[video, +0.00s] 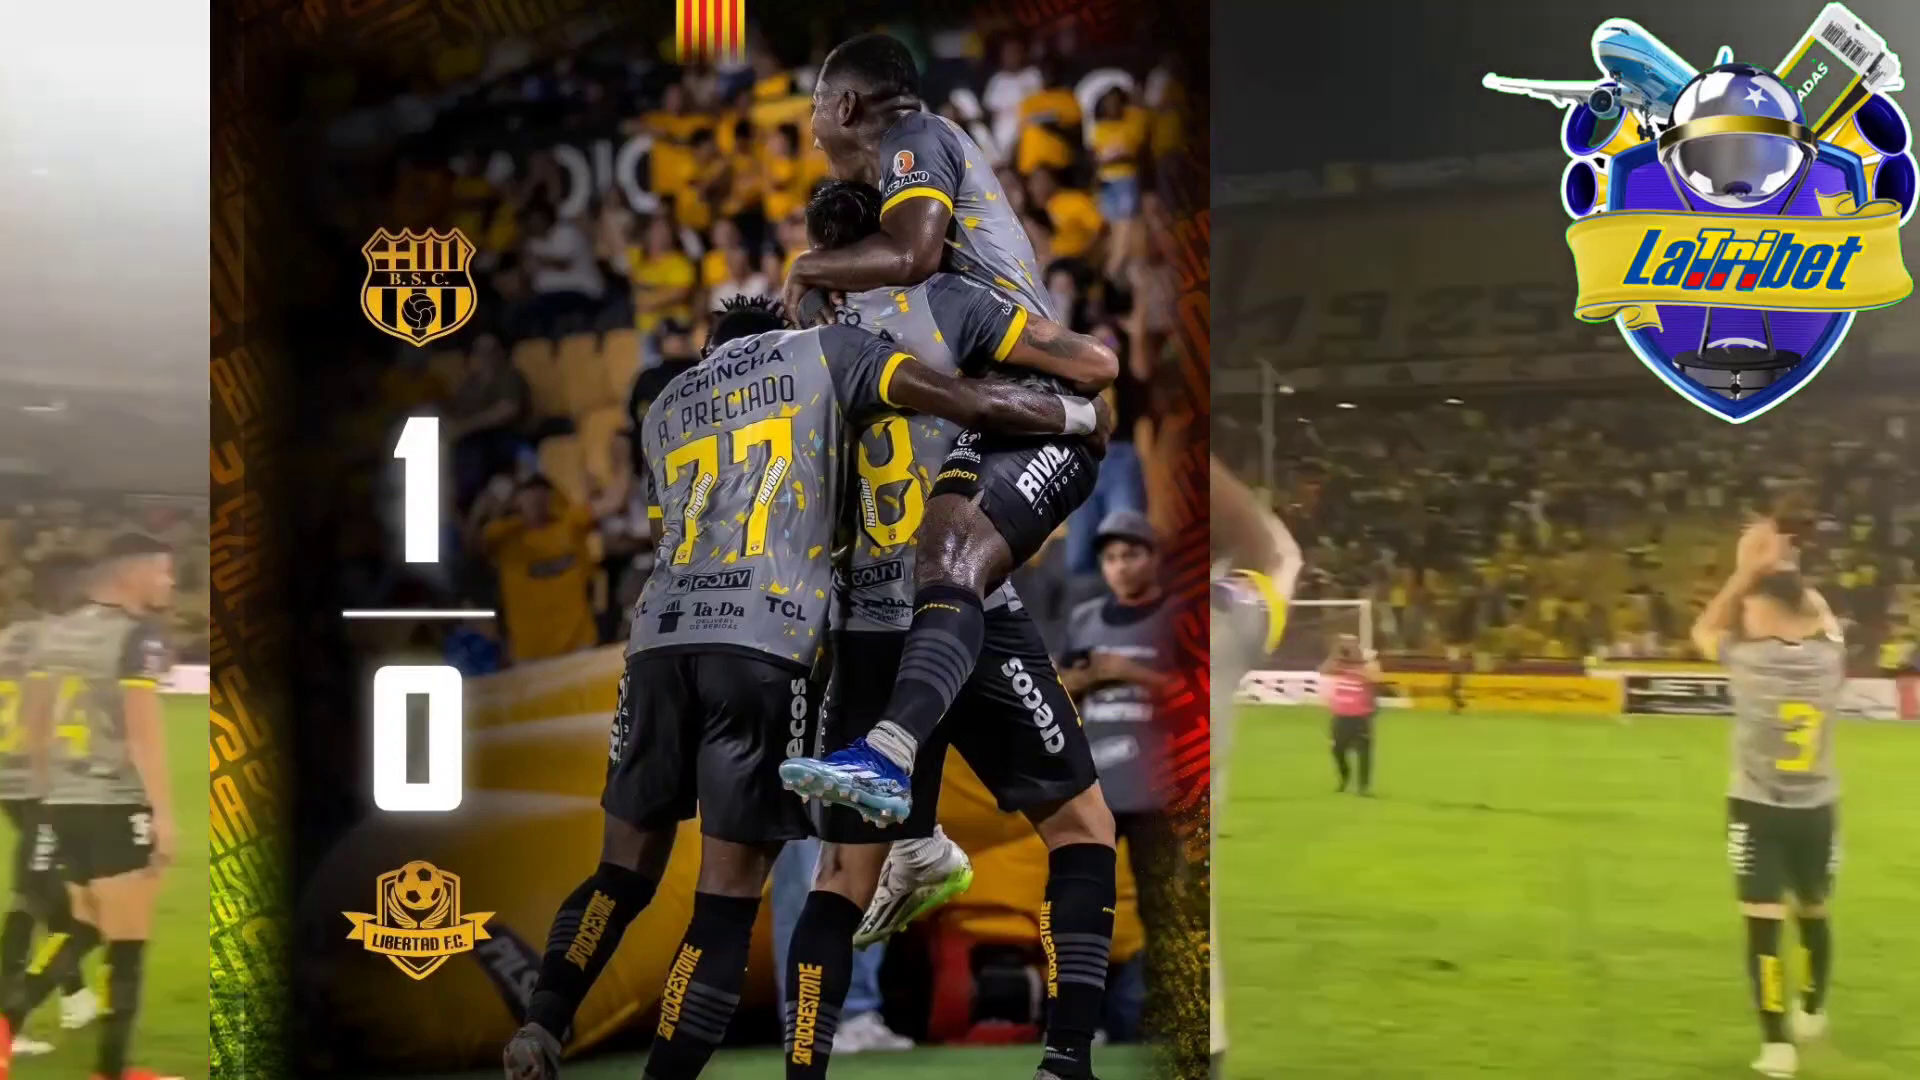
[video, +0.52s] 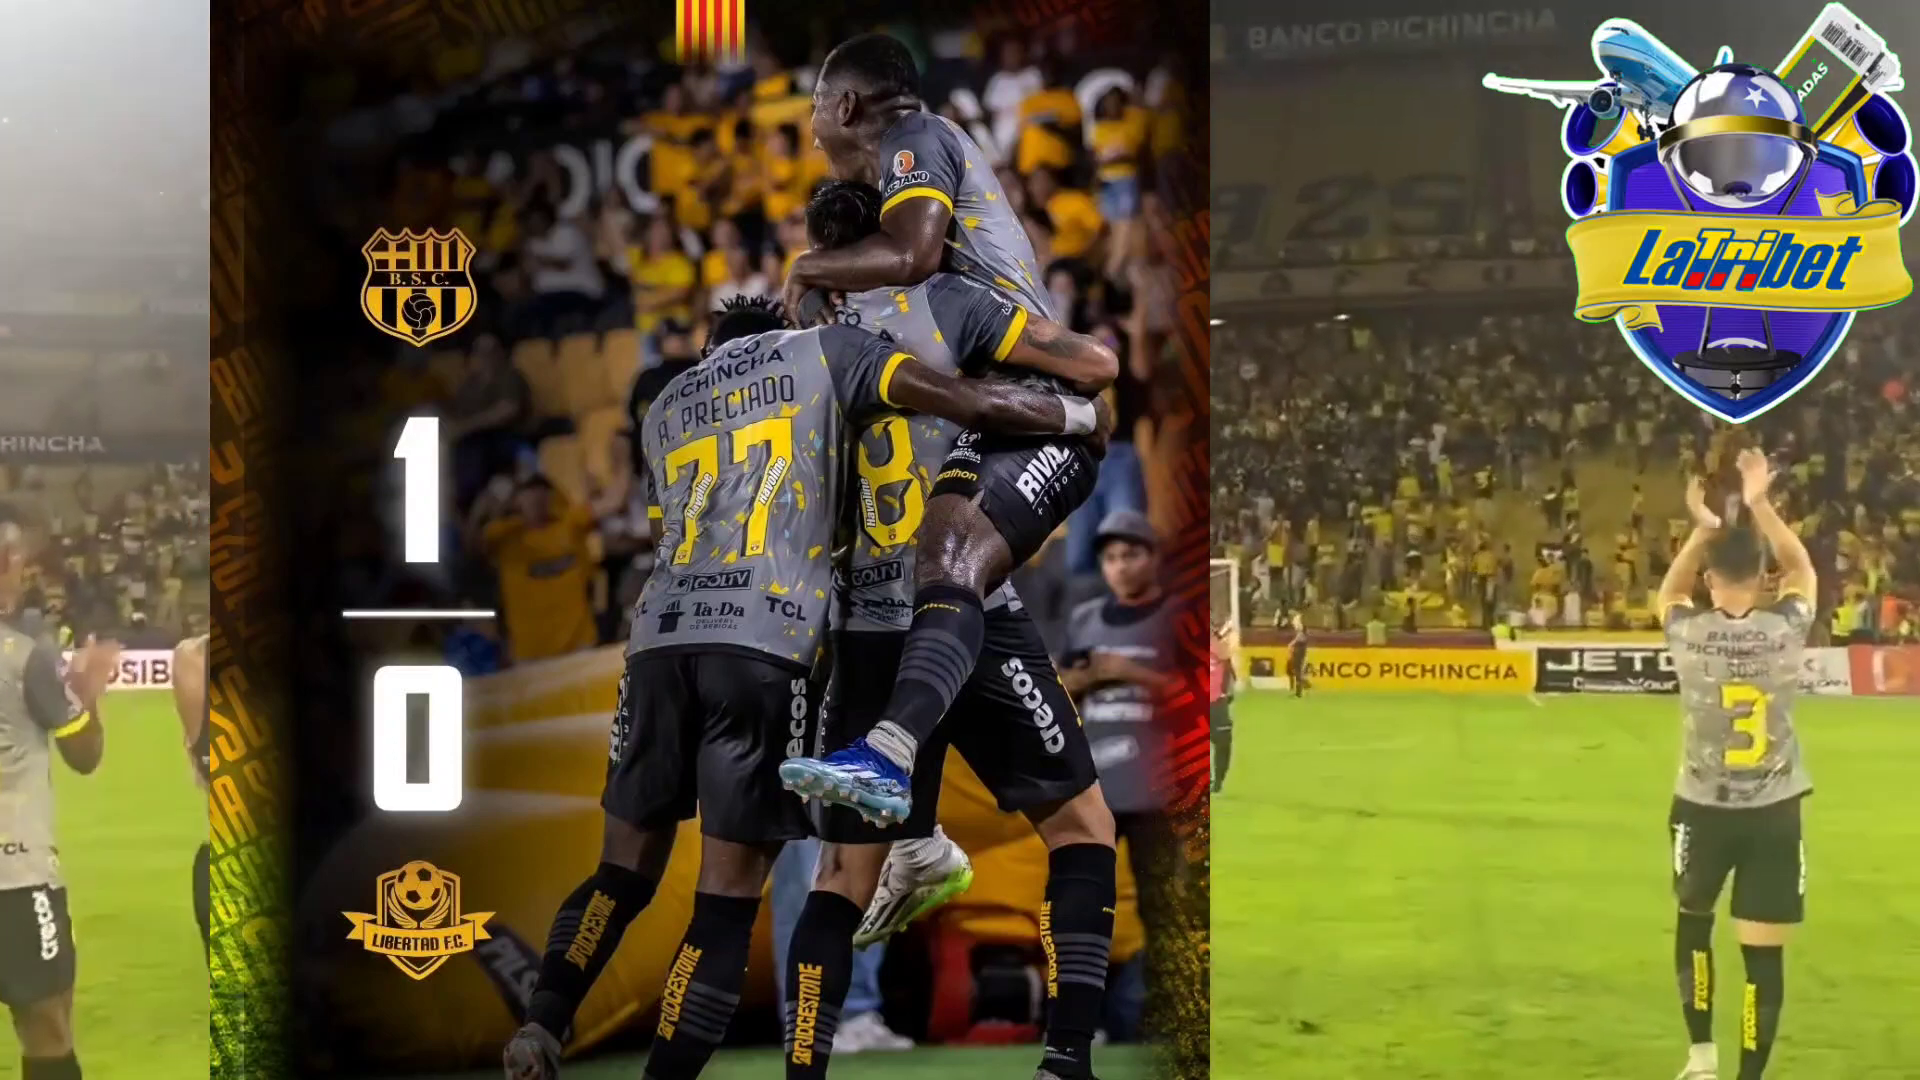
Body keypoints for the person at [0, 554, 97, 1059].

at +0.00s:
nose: (87, 602)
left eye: (85, 591)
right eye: (81, 592)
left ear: (38, 588)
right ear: (64, 592)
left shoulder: (17, 636)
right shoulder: (46, 641)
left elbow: (31, 718)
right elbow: (38, 721)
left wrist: (44, 775)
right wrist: (46, 784)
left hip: (18, 784)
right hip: (32, 787)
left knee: (43, 891)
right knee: (32, 893)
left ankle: (74, 993)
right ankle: (10, 1006)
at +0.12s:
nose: (44, 579)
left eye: (42, 567)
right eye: (36, 567)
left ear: (10, 571)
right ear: (8, 571)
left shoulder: (17, 637)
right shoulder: (19, 641)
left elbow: (39, 734)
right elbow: (41, 737)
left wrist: (80, 807)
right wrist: (83, 806)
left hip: (11, 814)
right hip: (6, 815)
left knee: (7, 927)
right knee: (4, 929)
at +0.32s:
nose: (123, 585)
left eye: (120, 573)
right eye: (115, 574)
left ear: (61, 577)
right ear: (95, 577)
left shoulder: (8, 654)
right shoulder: (123, 658)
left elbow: (12, 759)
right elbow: (151, 773)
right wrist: (198, 797)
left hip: (28, 868)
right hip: (112, 866)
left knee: (43, 1028)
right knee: (163, 993)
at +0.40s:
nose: (63, 582)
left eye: (61, 568)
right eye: (55, 570)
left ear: (11, 571)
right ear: (29, 571)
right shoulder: (60, 660)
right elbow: (98, 774)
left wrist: (133, 752)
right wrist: (141, 751)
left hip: (3, 872)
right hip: (51, 871)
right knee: (97, 1010)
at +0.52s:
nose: (22, 578)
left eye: (22, 564)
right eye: (20, 563)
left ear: (25, 568)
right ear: (10, 564)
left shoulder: (25, 655)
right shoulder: (23, 655)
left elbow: (82, 756)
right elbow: (85, 756)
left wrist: (78, 691)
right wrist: (89, 693)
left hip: (21, 870)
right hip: (18, 872)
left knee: (47, 1034)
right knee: (46, 1035)